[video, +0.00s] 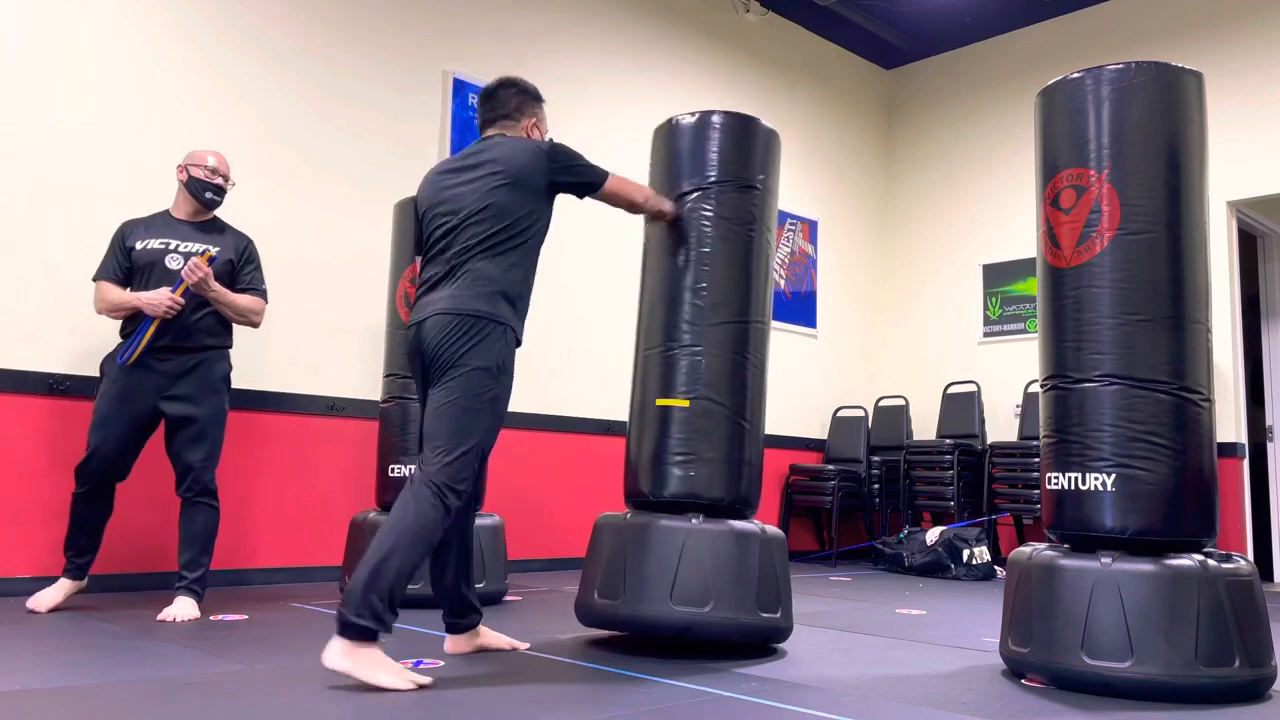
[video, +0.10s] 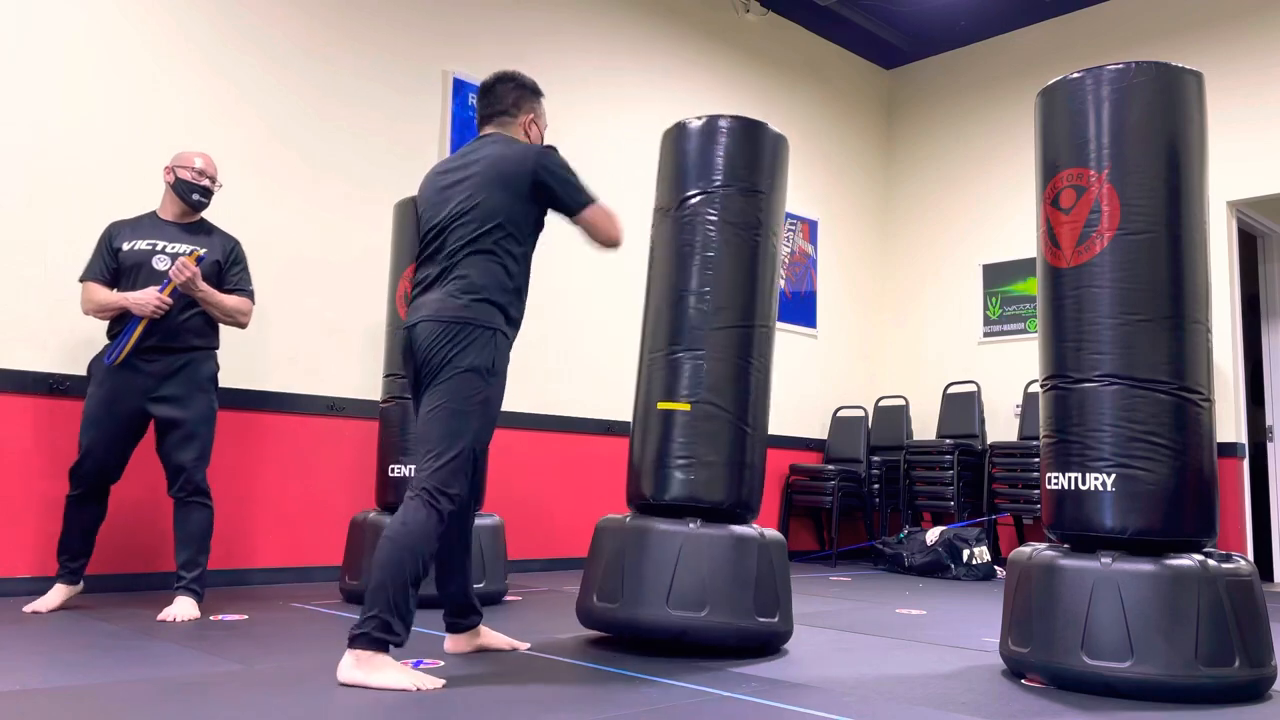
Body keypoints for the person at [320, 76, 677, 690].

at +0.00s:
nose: (546, 134)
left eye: (546, 126)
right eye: (545, 125)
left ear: (483, 123)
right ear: (532, 122)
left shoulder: (435, 176)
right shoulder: (538, 152)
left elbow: (427, 262)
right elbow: (639, 198)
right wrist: (667, 207)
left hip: (426, 325)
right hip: (477, 323)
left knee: (457, 482)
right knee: (439, 484)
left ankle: (463, 627)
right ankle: (355, 638)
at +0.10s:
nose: (545, 134)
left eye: (543, 125)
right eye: (544, 125)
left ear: (483, 121)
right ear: (529, 120)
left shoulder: (436, 175)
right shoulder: (533, 157)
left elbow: (428, 265)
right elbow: (609, 233)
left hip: (423, 324)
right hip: (474, 322)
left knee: (456, 486)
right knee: (433, 490)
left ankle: (464, 626)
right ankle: (369, 650)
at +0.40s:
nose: (550, 127)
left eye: (550, 115)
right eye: (549, 114)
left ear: (499, 105)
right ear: (529, 108)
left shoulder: (471, 154)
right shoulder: (501, 158)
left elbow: (513, 252)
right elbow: (539, 261)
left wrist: (544, 231)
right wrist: (567, 223)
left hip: (444, 323)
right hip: (454, 324)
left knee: (479, 475)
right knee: (428, 485)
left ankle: (467, 617)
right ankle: (367, 649)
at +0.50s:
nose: (554, 133)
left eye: (555, 121)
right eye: (552, 119)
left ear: (509, 113)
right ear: (528, 114)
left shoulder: (484, 164)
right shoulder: (489, 165)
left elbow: (496, 266)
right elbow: (499, 266)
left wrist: (557, 266)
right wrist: (571, 266)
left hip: (463, 339)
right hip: (445, 335)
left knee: (487, 474)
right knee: (426, 484)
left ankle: (470, 616)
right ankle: (367, 649)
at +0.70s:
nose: (553, 141)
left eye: (554, 133)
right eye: (553, 132)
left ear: (493, 125)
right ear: (536, 125)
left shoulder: (449, 179)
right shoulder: (519, 156)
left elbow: (421, 272)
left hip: (432, 327)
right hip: (482, 326)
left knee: (467, 477)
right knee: (485, 474)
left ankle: (476, 614)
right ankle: (397, 616)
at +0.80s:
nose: (544, 143)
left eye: (542, 136)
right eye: (542, 135)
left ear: (484, 131)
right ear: (530, 130)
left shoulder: (433, 178)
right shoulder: (543, 163)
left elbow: (411, 276)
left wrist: (423, 323)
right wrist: (681, 198)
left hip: (423, 322)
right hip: (489, 319)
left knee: (456, 465)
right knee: (478, 462)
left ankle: (452, 613)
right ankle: (412, 606)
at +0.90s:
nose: (543, 155)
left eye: (540, 148)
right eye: (542, 147)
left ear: (484, 142)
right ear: (530, 141)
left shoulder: (435, 186)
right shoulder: (535, 168)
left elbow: (427, 264)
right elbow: (634, 209)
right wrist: (628, 224)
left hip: (430, 330)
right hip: (492, 324)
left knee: (457, 467)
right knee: (494, 468)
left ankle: (455, 614)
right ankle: (433, 617)